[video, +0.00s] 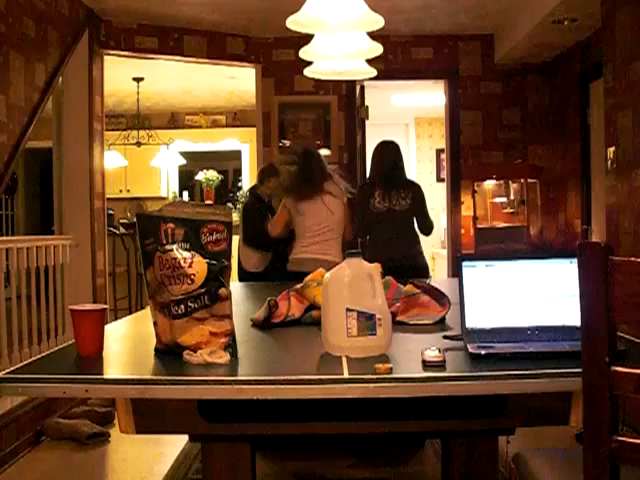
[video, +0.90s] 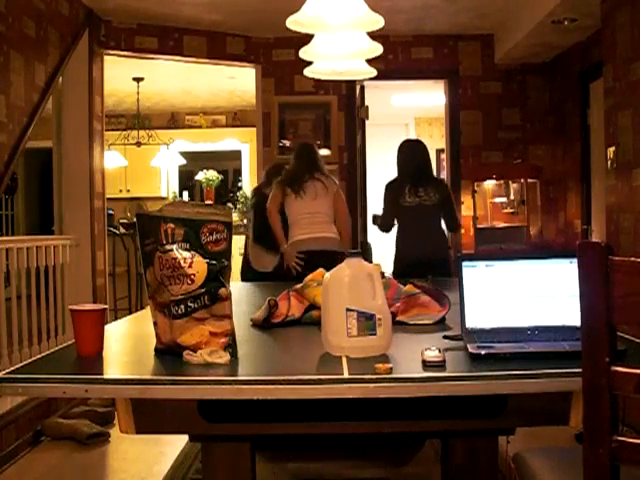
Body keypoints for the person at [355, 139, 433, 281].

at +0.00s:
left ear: (375, 161)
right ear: (400, 160)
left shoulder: (366, 190)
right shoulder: (412, 188)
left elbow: (361, 231)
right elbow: (426, 228)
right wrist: (414, 208)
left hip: (378, 261)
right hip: (410, 260)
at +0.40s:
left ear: (387, 160)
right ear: (413, 158)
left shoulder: (381, 188)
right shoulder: (427, 187)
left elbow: (376, 228)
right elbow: (438, 229)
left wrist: (369, 215)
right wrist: (423, 212)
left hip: (392, 260)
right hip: (424, 259)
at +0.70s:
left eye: (398, 156)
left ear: (399, 159)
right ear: (423, 157)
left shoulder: (395, 186)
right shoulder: (439, 184)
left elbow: (391, 227)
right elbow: (451, 225)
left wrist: (383, 216)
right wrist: (434, 209)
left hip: (408, 253)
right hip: (437, 252)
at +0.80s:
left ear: (401, 159)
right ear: (425, 157)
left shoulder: (396, 186)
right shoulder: (440, 184)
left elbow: (392, 226)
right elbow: (453, 224)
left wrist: (382, 217)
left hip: (409, 252)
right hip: (437, 249)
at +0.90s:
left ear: (401, 160)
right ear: (426, 158)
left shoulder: (394, 187)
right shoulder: (439, 185)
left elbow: (386, 225)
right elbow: (453, 225)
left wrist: (377, 219)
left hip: (408, 249)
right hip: (436, 247)